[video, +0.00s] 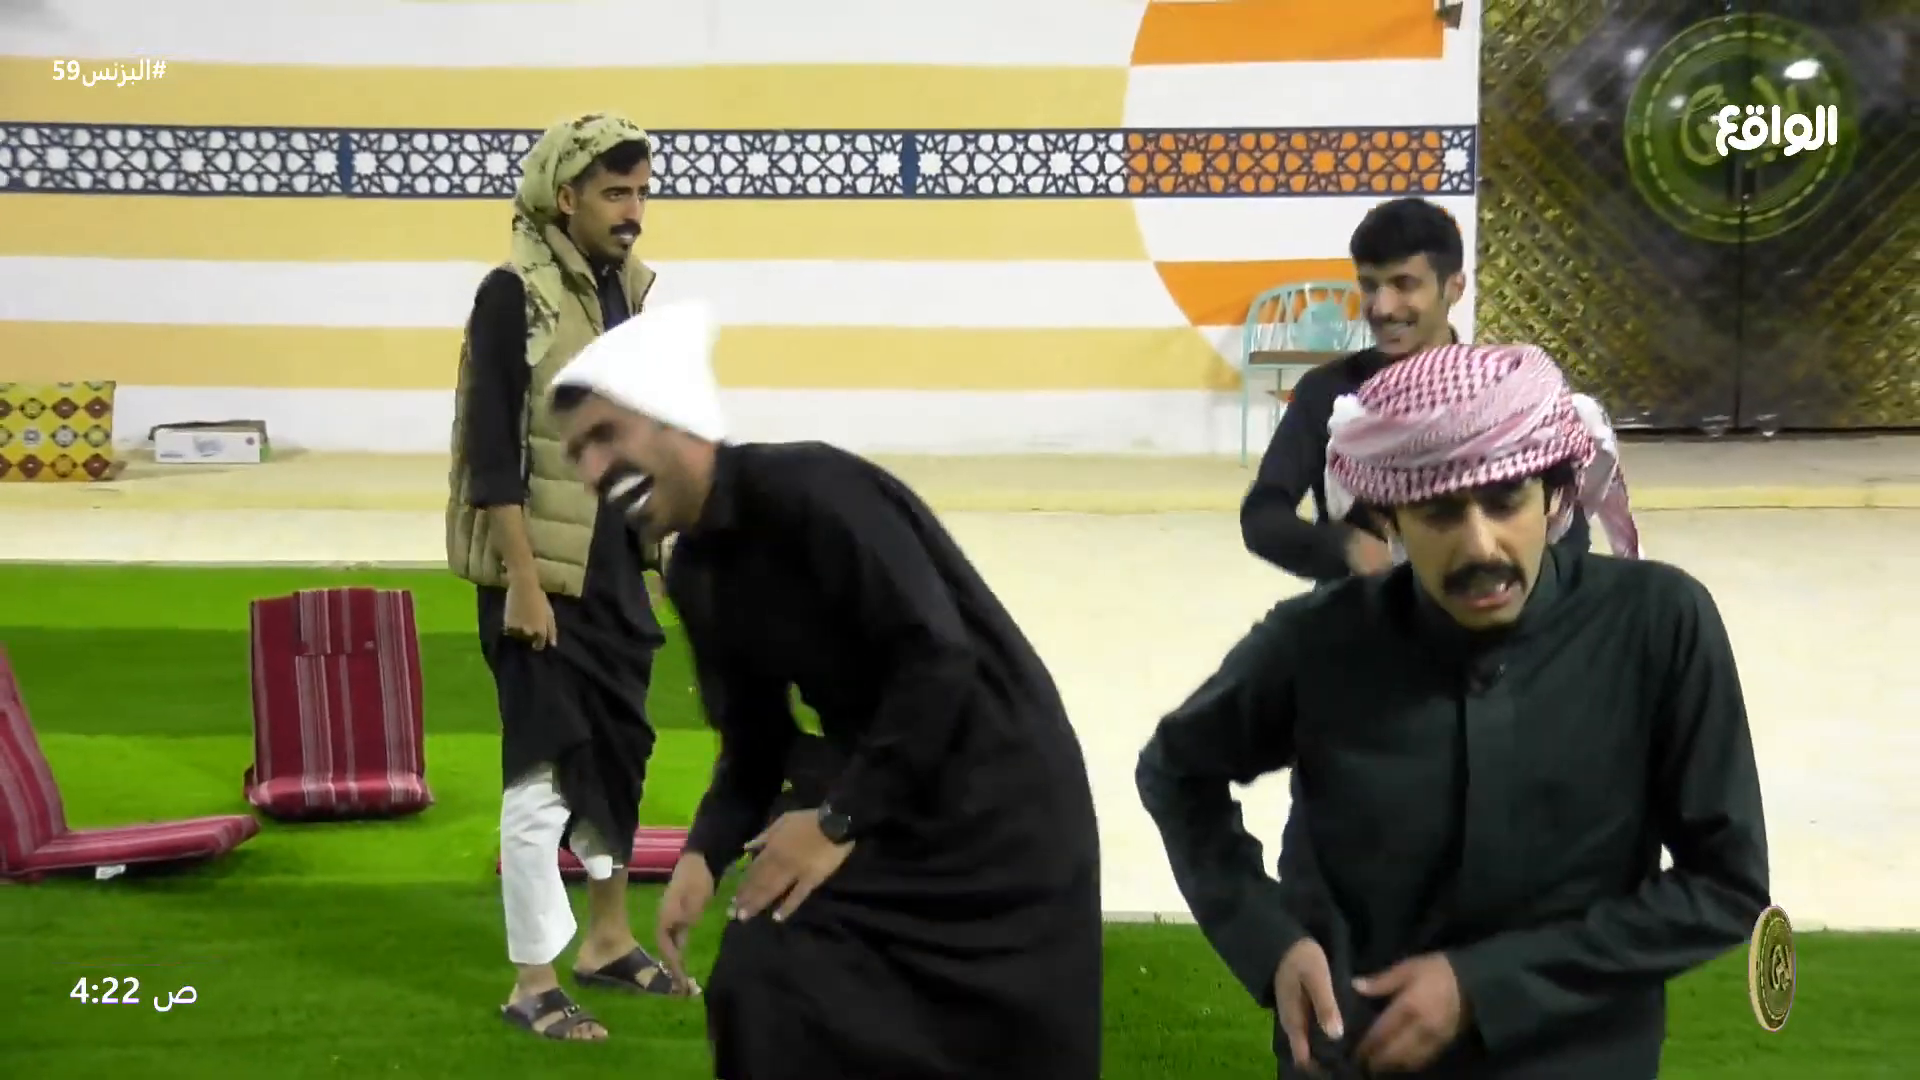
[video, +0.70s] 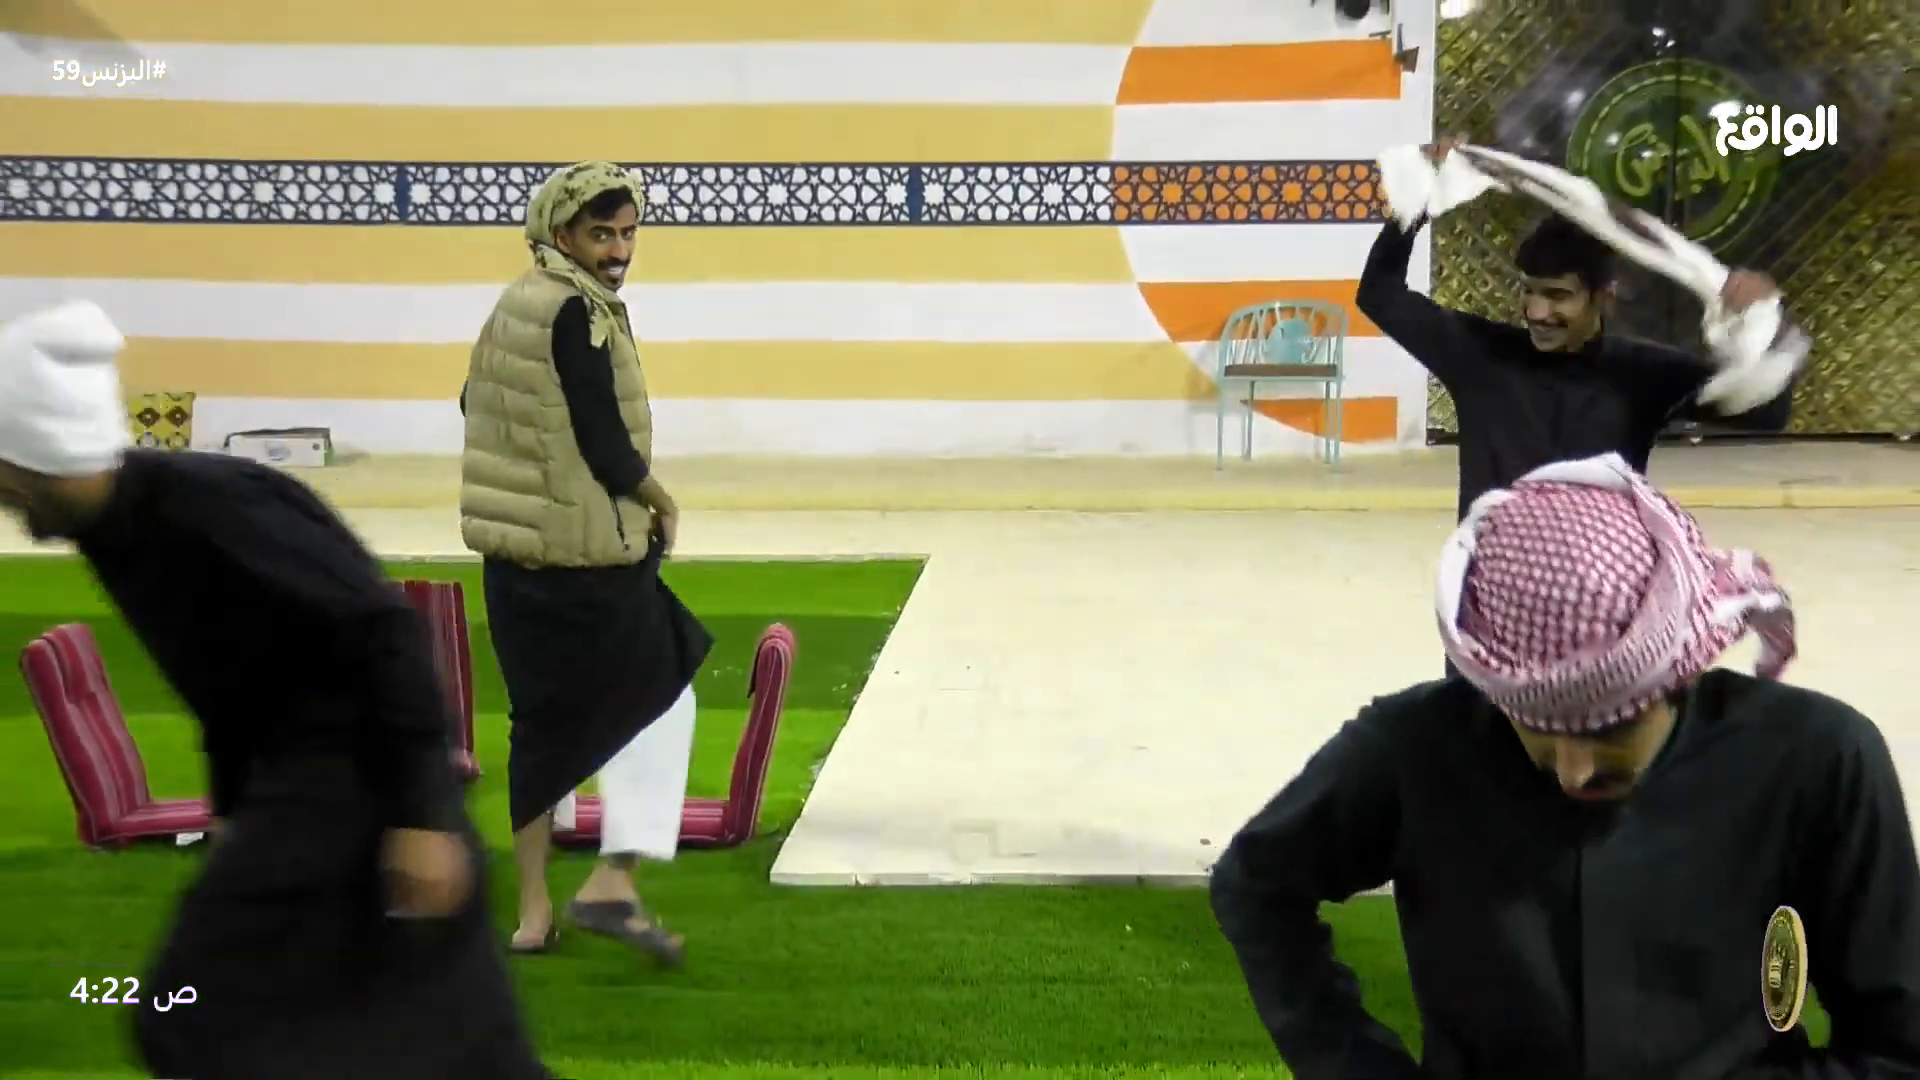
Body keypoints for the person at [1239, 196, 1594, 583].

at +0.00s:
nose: (1384, 307)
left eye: (1405, 285)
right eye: (1370, 287)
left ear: (1455, 287)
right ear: (1358, 287)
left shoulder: (1502, 386)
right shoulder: (1329, 391)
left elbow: (1570, 528)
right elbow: (1264, 518)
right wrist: (1348, 550)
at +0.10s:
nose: (1403, 295)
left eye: (1425, 274)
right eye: (1392, 276)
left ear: (1476, 281)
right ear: (1382, 280)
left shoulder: (1530, 382)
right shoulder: (1351, 381)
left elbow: (1572, 525)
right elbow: (1259, 486)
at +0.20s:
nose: (1444, 309)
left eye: (1467, 290)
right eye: (1436, 291)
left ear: (1516, 301)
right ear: (1426, 297)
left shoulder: (1567, 402)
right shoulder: (1393, 397)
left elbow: (1623, 533)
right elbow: (1317, 463)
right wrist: (1299, 483)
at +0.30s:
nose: (1474, 319)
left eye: (1497, 300)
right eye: (1465, 299)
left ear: (1546, 311)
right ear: (1455, 302)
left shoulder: (1592, 412)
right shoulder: (1441, 410)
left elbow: (1653, 534)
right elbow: (1384, 462)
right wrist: (1324, 477)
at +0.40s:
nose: (1501, 300)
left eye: (1523, 284)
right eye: (1494, 283)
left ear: (1571, 293)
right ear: (1484, 286)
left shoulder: (1615, 387)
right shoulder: (1442, 381)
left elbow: (1688, 496)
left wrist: (1628, 554)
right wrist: (1349, 423)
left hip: (1594, 601)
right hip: (1472, 600)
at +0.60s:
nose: (1528, 299)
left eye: (1548, 282)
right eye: (1519, 279)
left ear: (1588, 285)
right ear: (1507, 281)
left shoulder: (1619, 370)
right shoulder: (1468, 350)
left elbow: (1733, 442)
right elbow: (1375, 305)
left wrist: (1718, 387)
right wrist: (1399, 201)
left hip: (1587, 576)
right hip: (1484, 574)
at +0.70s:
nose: (1539, 312)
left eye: (1559, 296)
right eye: (1530, 294)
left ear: (1602, 295)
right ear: (1520, 290)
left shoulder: (1642, 373)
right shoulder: (1480, 355)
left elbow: (1764, 413)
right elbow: (1380, 296)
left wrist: (1760, 325)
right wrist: (1416, 198)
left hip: (1610, 626)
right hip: (1496, 622)